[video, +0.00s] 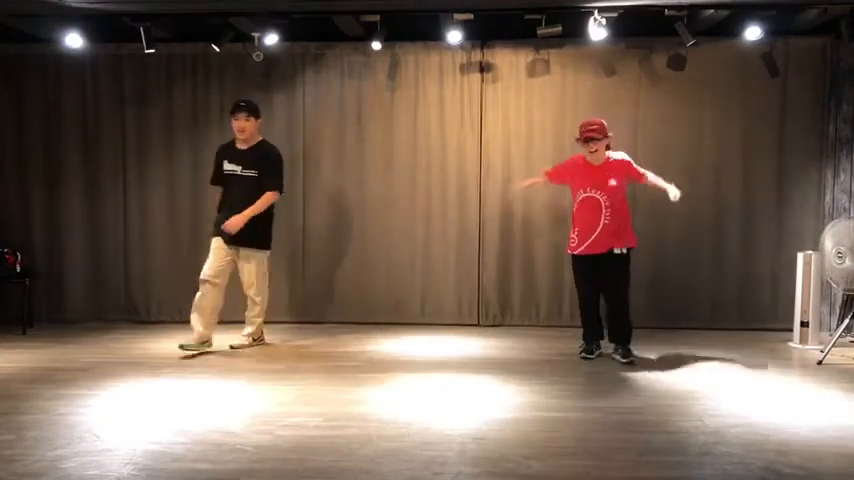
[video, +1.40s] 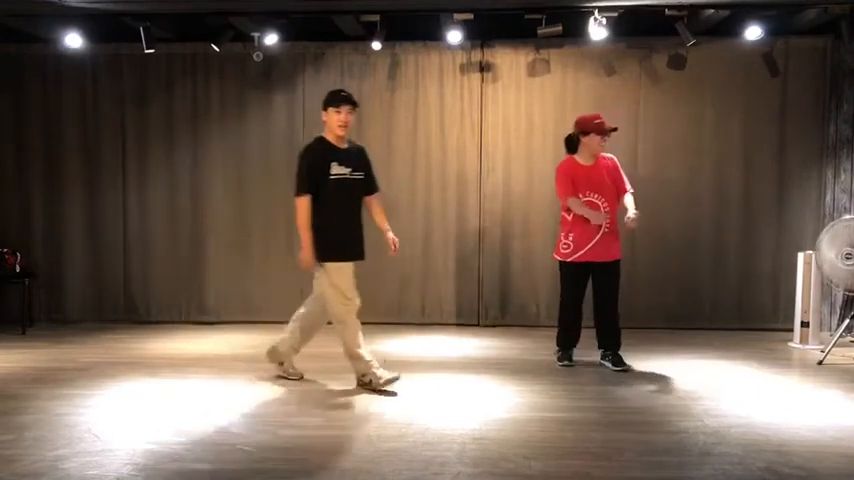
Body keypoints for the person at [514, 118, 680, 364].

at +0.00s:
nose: (591, 146)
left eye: (596, 141)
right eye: (586, 142)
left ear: (606, 142)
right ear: (581, 144)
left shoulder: (620, 163)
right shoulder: (573, 166)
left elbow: (645, 177)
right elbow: (546, 177)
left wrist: (668, 187)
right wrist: (524, 183)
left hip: (616, 246)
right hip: (584, 248)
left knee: (618, 298)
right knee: (588, 299)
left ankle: (621, 344)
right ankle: (591, 342)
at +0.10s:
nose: (591, 153)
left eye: (596, 148)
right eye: (587, 148)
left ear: (608, 145)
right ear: (582, 146)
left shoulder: (621, 166)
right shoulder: (574, 171)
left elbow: (645, 192)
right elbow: (551, 198)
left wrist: (625, 197)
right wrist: (559, 212)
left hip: (614, 248)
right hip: (583, 249)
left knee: (614, 298)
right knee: (586, 298)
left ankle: (616, 344)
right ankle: (590, 342)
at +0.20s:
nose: (595, 151)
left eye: (600, 145)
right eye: (591, 145)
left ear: (612, 145)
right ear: (586, 146)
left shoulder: (623, 164)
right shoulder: (579, 170)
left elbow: (608, 178)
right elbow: (593, 198)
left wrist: (577, 171)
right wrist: (626, 201)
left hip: (613, 247)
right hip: (583, 247)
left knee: (610, 299)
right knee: (586, 298)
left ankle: (609, 347)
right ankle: (590, 343)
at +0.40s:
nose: (602, 144)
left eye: (607, 139)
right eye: (597, 139)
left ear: (617, 141)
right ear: (591, 142)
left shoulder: (627, 164)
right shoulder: (581, 167)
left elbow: (628, 193)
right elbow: (598, 194)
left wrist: (597, 190)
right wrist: (632, 196)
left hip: (617, 248)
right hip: (586, 248)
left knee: (613, 301)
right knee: (588, 298)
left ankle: (610, 349)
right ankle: (591, 342)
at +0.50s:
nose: (606, 142)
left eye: (611, 138)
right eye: (601, 138)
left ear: (619, 140)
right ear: (594, 140)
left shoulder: (632, 167)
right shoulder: (582, 168)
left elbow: (637, 201)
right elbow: (579, 206)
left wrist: (617, 204)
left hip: (620, 248)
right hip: (587, 247)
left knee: (614, 300)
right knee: (587, 296)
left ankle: (610, 349)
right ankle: (591, 341)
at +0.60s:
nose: (611, 141)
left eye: (616, 136)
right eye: (606, 136)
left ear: (624, 138)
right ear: (598, 138)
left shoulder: (635, 168)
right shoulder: (583, 167)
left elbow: (659, 195)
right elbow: (558, 196)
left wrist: (661, 216)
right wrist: (556, 226)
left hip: (621, 250)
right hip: (588, 249)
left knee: (615, 302)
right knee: (587, 298)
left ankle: (611, 350)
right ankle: (591, 341)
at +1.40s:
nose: (605, 139)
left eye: (605, 135)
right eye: (600, 135)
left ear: (601, 138)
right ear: (584, 138)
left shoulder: (610, 163)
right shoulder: (566, 167)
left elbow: (626, 192)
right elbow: (570, 201)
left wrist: (630, 210)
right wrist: (592, 214)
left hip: (606, 249)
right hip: (575, 249)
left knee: (607, 303)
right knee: (570, 302)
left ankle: (609, 351)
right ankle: (565, 349)